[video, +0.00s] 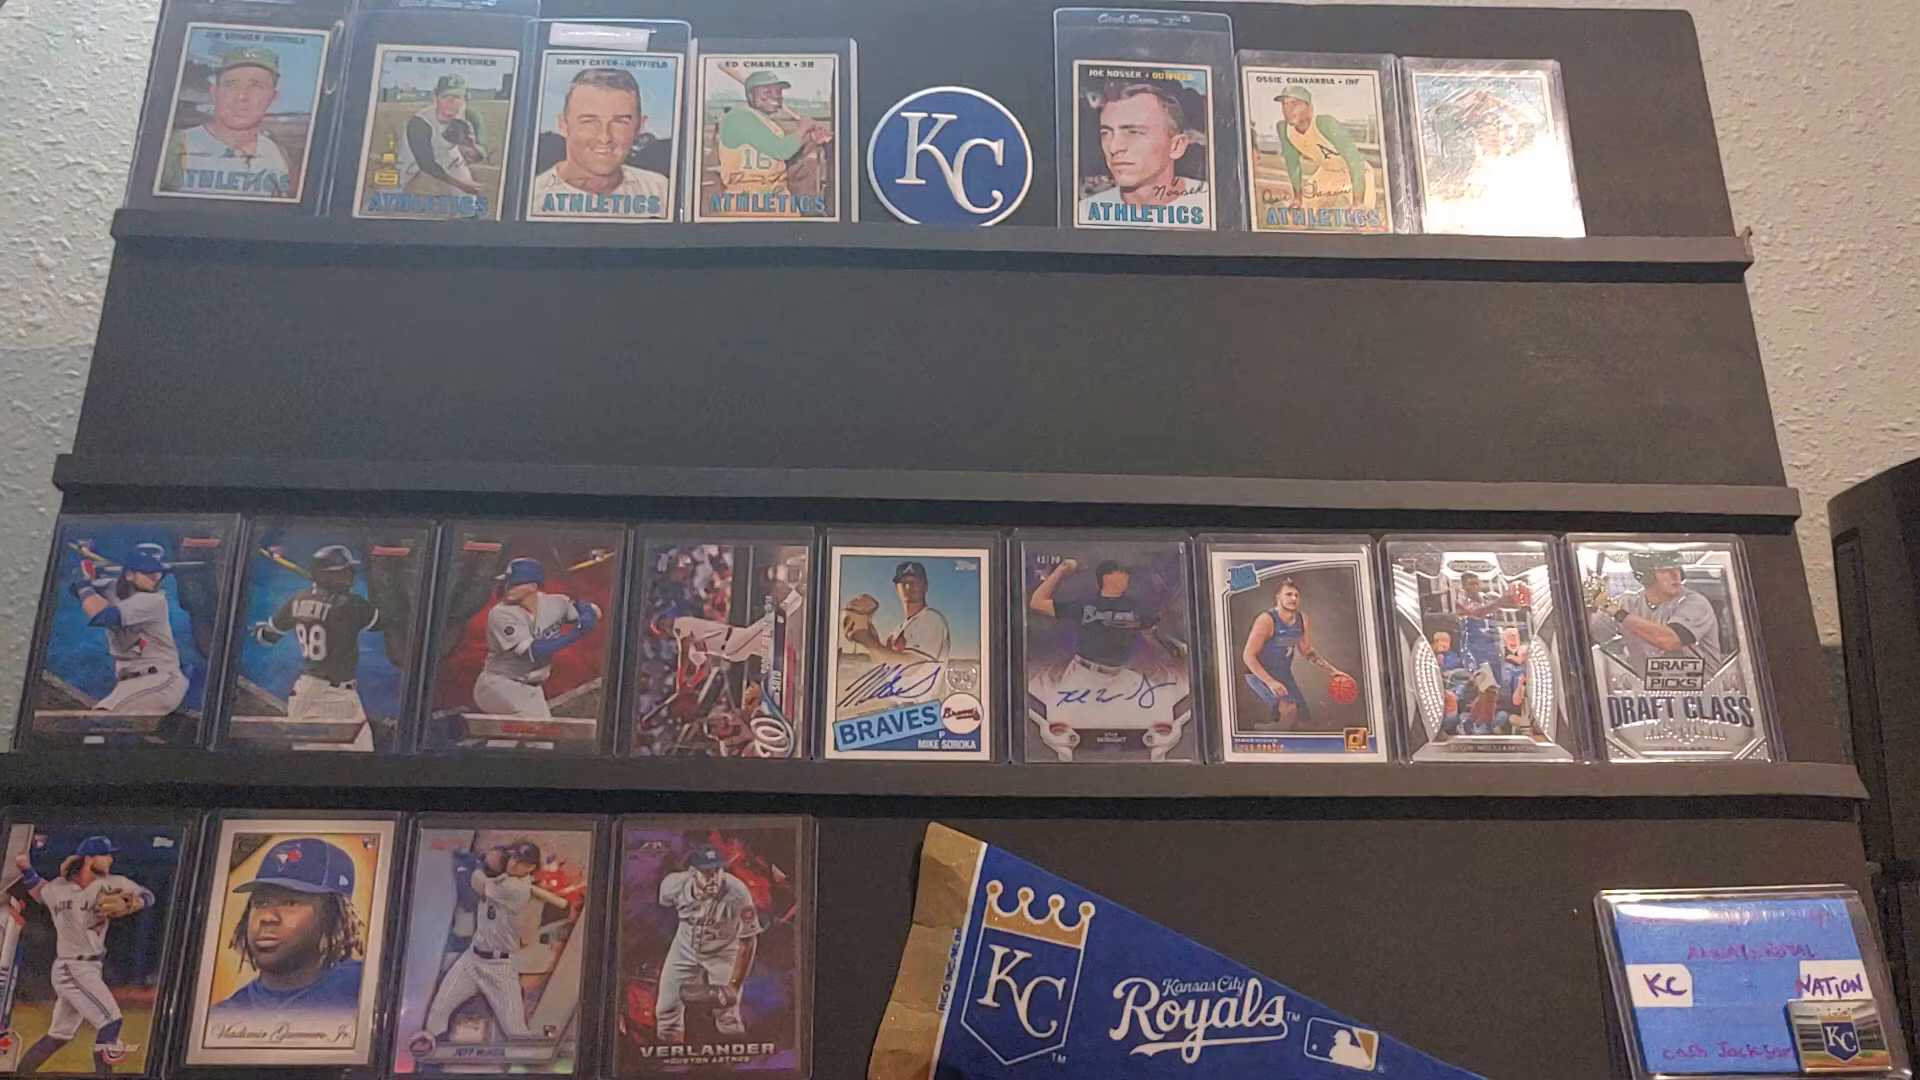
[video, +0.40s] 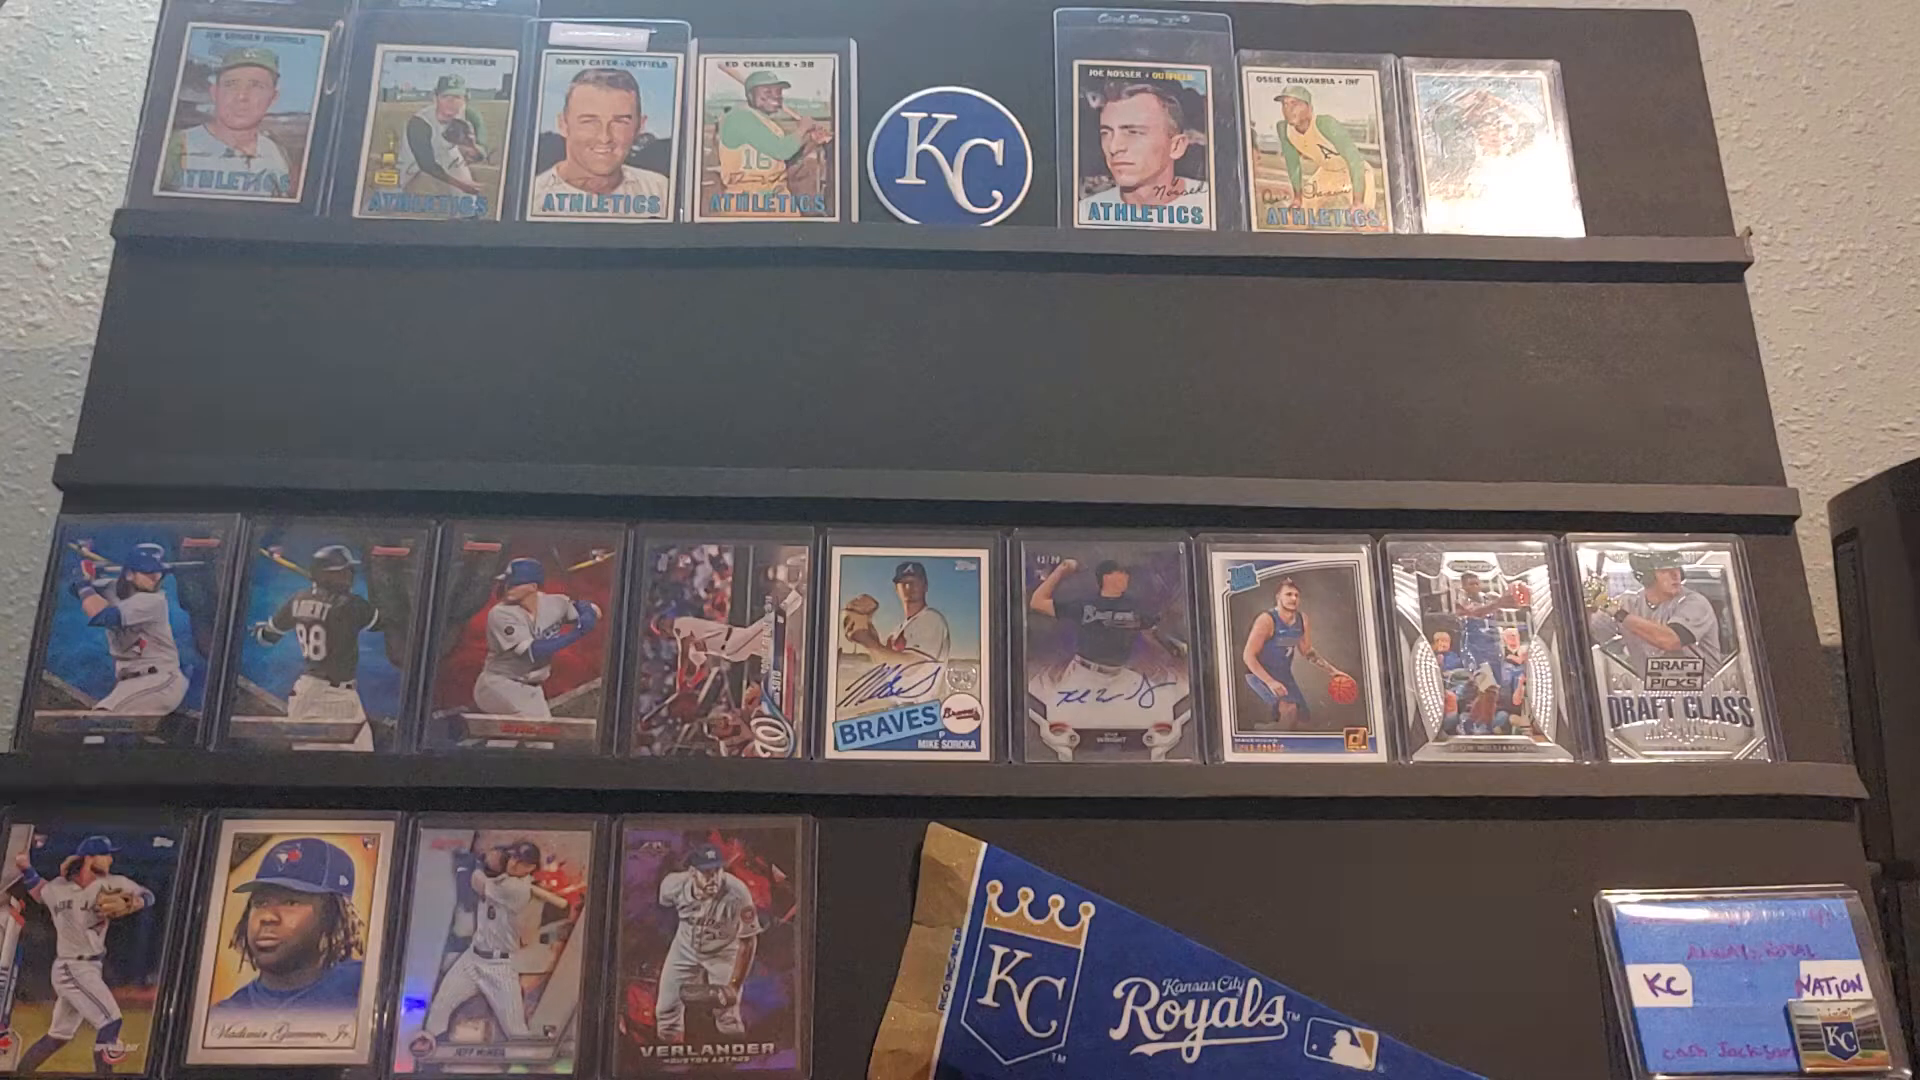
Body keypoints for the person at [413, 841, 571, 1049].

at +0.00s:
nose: (513, 863)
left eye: (520, 861)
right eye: (512, 858)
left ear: (531, 868)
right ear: (508, 858)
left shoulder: (518, 889)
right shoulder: (501, 878)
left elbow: (477, 882)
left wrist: (481, 866)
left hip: (501, 966)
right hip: (472, 958)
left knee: (515, 1031)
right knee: (439, 1007)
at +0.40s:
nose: (513, 863)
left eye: (520, 861)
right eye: (513, 858)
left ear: (531, 868)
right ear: (509, 858)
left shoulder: (518, 890)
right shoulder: (501, 878)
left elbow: (477, 882)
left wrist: (481, 865)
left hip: (500, 966)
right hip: (472, 958)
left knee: (516, 1029)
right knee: (440, 1006)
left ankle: (531, 1071)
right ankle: (426, 1063)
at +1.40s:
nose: (514, 865)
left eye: (522, 863)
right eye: (514, 859)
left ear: (531, 869)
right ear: (509, 858)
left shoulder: (517, 889)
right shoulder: (499, 880)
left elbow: (477, 881)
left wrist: (481, 865)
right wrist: (488, 860)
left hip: (501, 966)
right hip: (473, 958)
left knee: (515, 1030)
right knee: (439, 1006)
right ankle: (427, 1066)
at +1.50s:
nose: (514, 864)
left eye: (521, 862)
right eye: (514, 858)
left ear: (530, 869)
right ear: (509, 858)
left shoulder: (518, 889)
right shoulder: (500, 879)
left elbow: (480, 884)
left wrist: (476, 867)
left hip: (501, 966)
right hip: (473, 958)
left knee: (515, 1031)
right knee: (439, 1006)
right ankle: (425, 1064)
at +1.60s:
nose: (514, 864)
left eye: (521, 862)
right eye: (514, 858)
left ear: (530, 869)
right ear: (509, 858)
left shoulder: (518, 889)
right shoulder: (500, 879)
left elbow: (480, 884)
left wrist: (476, 867)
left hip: (501, 966)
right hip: (473, 958)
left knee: (515, 1031)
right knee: (440, 1006)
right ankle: (427, 1064)